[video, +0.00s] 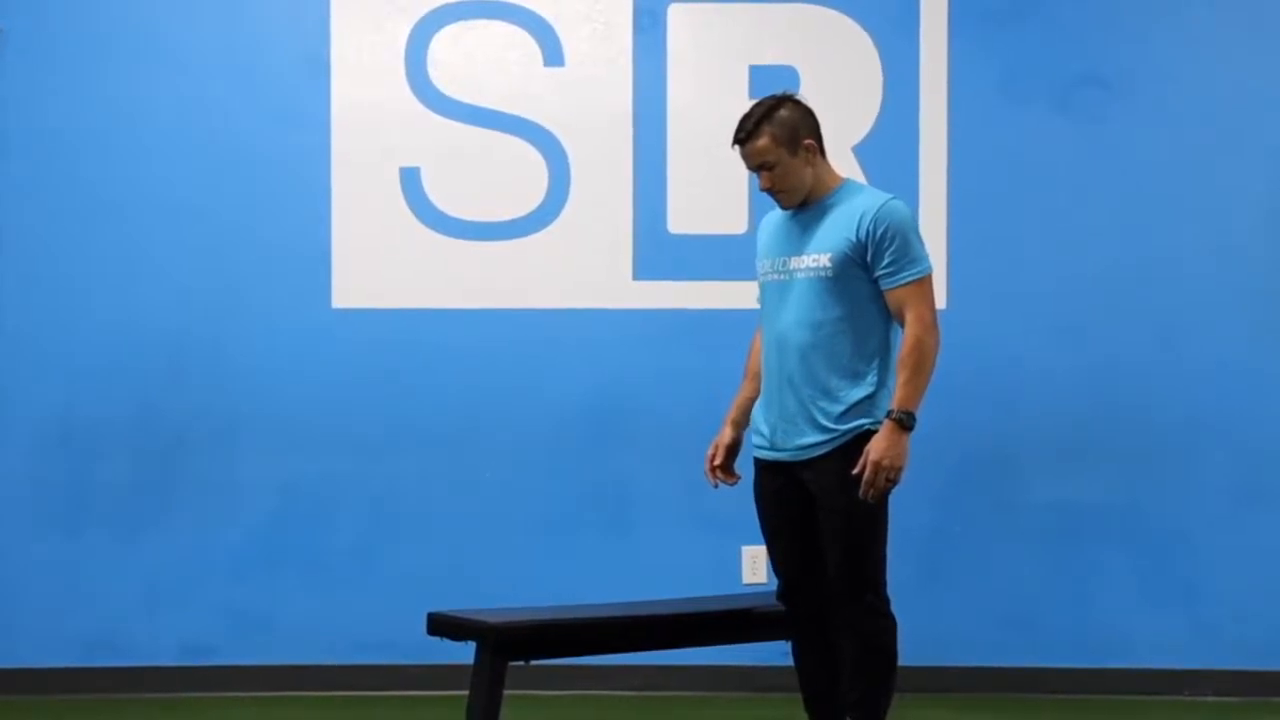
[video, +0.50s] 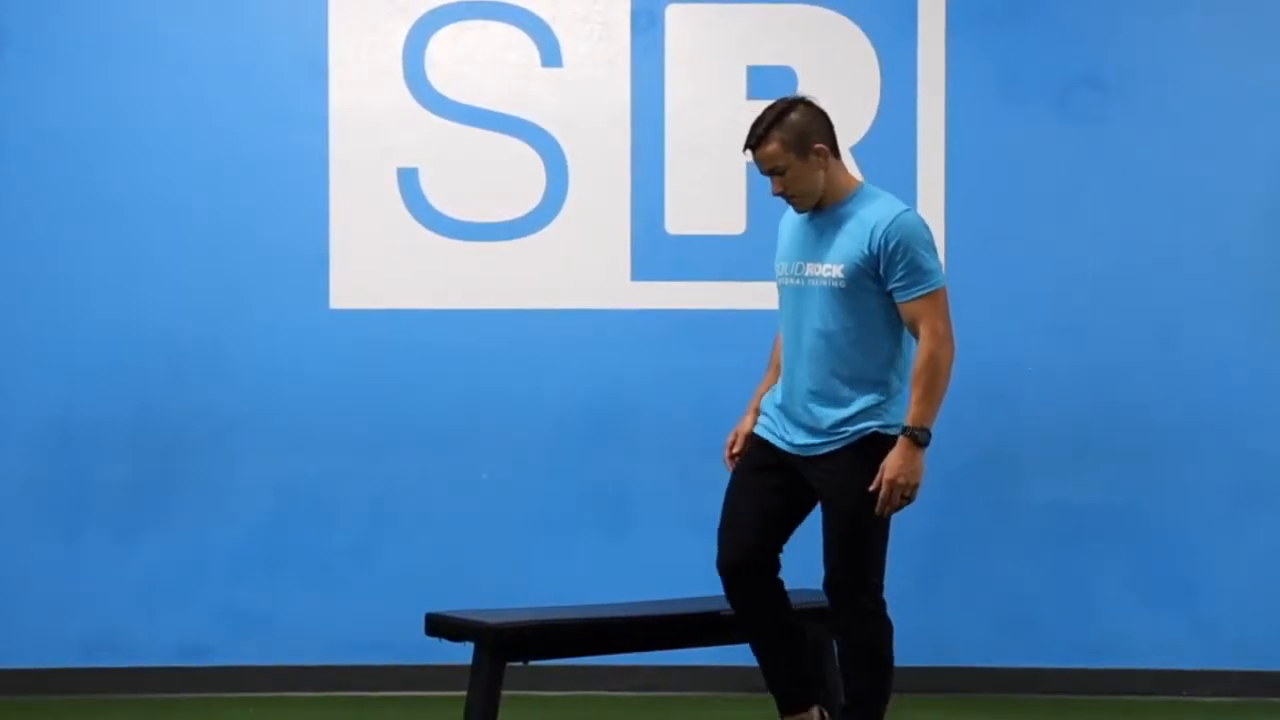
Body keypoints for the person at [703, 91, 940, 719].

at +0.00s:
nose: (762, 184)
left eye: (768, 169)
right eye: (755, 172)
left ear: (809, 150)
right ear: (764, 164)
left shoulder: (877, 215)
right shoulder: (771, 229)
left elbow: (921, 325)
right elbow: (773, 330)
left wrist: (898, 424)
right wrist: (735, 423)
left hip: (846, 449)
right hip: (776, 454)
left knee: (856, 610)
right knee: (805, 615)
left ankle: (863, 715)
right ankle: (826, 715)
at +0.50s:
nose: (774, 187)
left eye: (779, 172)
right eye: (767, 175)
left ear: (821, 155)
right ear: (809, 160)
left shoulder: (893, 225)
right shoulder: (794, 223)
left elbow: (936, 337)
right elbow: (795, 332)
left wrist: (913, 440)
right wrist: (756, 411)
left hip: (859, 439)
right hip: (783, 433)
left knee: (853, 598)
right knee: (741, 563)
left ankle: (862, 714)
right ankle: (803, 708)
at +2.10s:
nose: (585, 130)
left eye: (588, 114)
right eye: (578, 118)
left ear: (629, 95)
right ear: (614, 104)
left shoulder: (688, 134)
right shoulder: (619, 164)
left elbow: (721, 210)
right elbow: (575, 225)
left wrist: (657, 278)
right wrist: (503, 266)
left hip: (760, 313)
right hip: (694, 318)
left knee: (721, 457)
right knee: (631, 419)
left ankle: (812, 605)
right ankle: (688, 571)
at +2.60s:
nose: (587, 23)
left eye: (592, 9)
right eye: (582, 13)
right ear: (605, 10)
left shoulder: (703, 43)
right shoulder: (612, 69)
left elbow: (770, 134)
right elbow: (620, 160)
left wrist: (760, 226)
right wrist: (583, 231)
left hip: (711, 255)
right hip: (644, 267)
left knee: (694, 402)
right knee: (656, 411)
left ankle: (723, 563)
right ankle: (682, 561)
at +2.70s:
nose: (592, 22)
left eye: (596, 8)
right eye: (586, 12)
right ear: (604, 11)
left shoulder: (706, 41)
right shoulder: (615, 68)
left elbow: (768, 136)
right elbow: (625, 164)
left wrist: (757, 228)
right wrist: (587, 236)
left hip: (710, 256)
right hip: (644, 267)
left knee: (704, 405)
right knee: (659, 413)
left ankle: (727, 564)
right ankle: (682, 561)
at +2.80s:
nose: (596, 19)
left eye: (601, 5)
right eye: (590, 9)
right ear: (609, 9)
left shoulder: (709, 40)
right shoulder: (618, 66)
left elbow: (768, 135)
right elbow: (629, 164)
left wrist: (751, 229)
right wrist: (590, 236)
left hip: (711, 259)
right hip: (645, 269)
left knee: (711, 407)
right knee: (660, 413)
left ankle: (729, 566)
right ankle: (682, 563)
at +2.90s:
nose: (600, 15)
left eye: (605, 3)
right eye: (595, 7)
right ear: (613, 7)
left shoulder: (712, 38)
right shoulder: (621, 62)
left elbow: (767, 137)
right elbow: (631, 163)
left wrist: (745, 227)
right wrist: (592, 235)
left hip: (712, 261)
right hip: (646, 269)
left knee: (715, 407)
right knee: (660, 412)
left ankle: (729, 566)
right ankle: (679, 560)